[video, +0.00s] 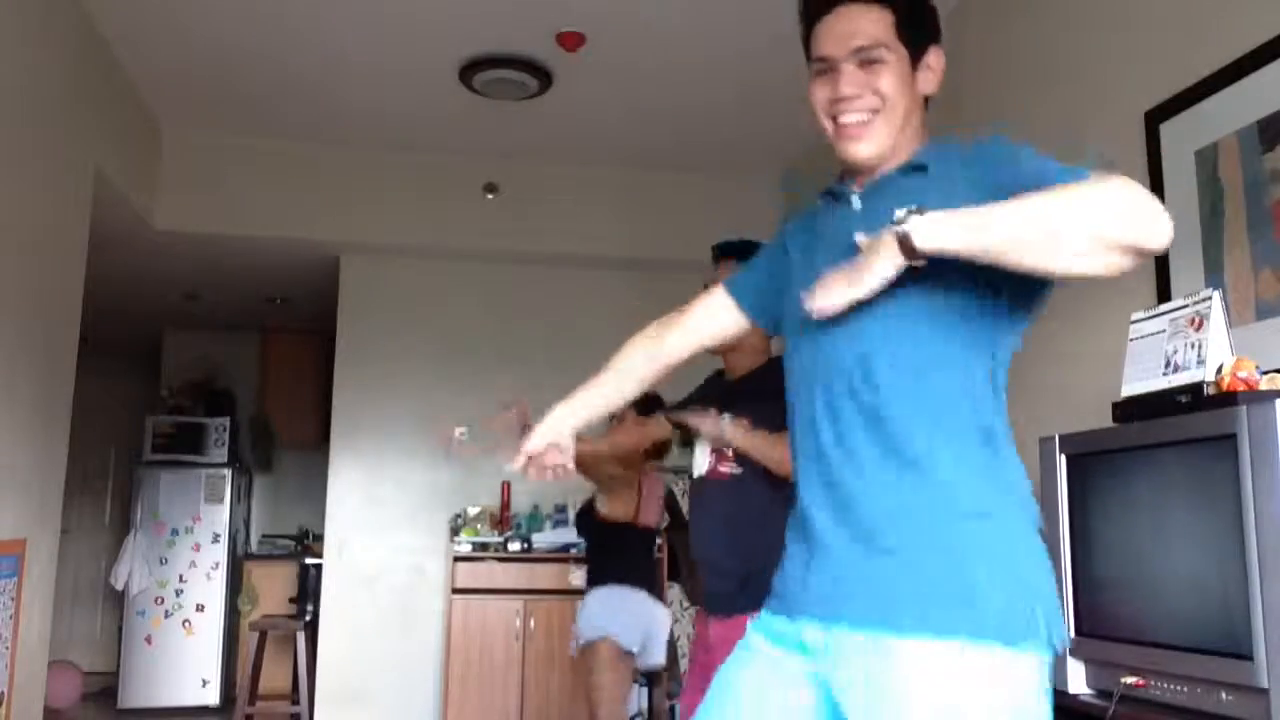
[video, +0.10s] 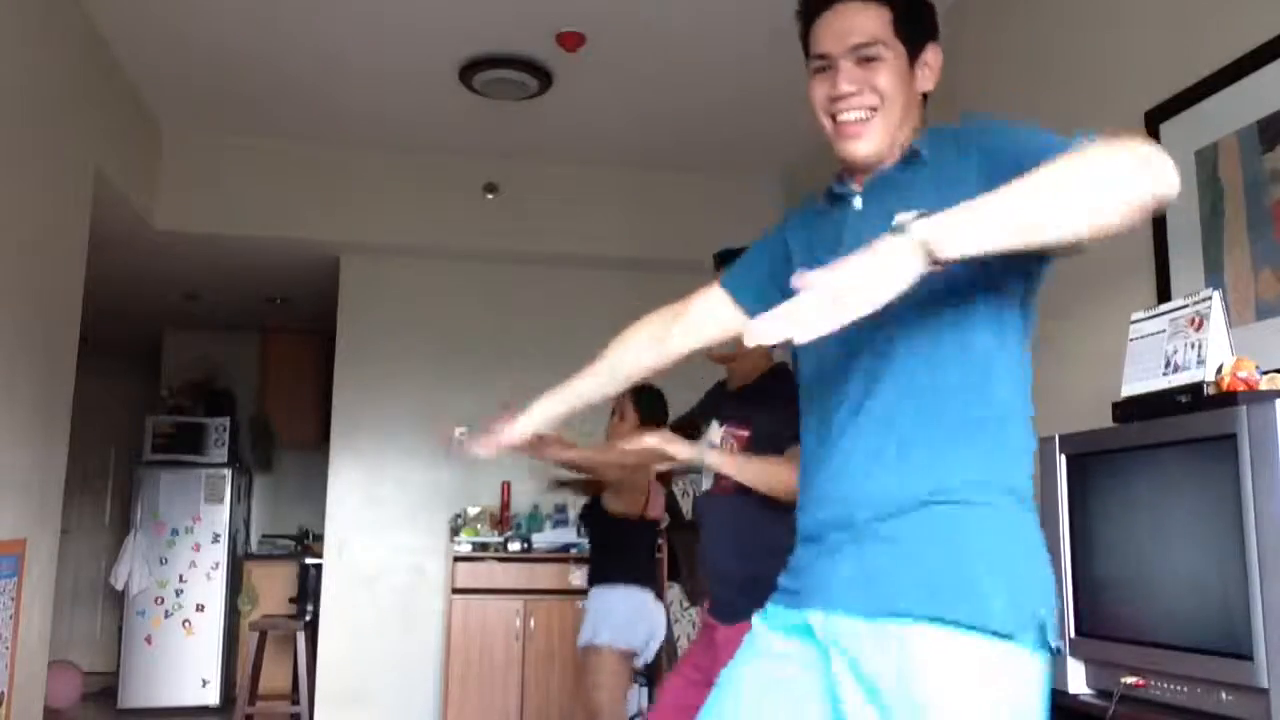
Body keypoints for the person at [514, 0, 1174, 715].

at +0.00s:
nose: (843, 87)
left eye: (869, 61)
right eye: (824, 69)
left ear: (927, 71)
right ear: (809, 90)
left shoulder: (979, 170)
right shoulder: (804, 235)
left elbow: (1142, 227)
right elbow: (683, 334)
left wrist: (912, 235)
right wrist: (565, 418)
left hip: (957, 626)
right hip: (803, 617)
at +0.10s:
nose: (842, 82)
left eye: (867, 55)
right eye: (823, 66)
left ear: (925, 69)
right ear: (808, 90)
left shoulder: (975, 151)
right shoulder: (806, 232)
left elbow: (1145, 175)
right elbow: (683, 326)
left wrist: (921, 242)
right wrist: (540, 414)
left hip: (962, 616)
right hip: (808, 610)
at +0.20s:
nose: (833, 69)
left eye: (858, 41)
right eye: (813, 52)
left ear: (915, 52)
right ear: (796, 74)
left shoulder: (952, 108)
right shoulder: (803, 211)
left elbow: (1093, 133)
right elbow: (684, 304)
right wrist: (525, 380)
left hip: (952, 571)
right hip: (819, 567)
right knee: (765, 706)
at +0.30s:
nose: (822, 78)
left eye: (845, 52)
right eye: (804, 62)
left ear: (907, 61)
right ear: (792, 84)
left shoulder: (943, 136)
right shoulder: (803, 222)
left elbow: (1048, 167)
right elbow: (720, 307)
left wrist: (1223, 182)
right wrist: (638, 325)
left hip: (935, 565)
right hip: (824, 563)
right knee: (804, 711)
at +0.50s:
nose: (784, 117)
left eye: (804, 89)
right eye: (778, 98)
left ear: (880, 82)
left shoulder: (941, 169)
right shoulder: (807, 249)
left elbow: (1050, 214)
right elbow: (704, 373)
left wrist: (1219, 245)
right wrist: (719, 334)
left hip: (933, 597)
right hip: (841, 596)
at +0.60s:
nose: (788, 87)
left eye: (804, 60)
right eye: (784, 71)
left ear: (880, 45)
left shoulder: (953, 124)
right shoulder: (808, 206)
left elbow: (1084, 164)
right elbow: (712, 313)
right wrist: (606, 351)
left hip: (942, 569)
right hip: (840, 566)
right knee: (831, 709)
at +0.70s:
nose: (799, 76)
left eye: (811, 46)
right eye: (794, 58)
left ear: (889, 27)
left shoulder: (977, 112)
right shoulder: (820, 198)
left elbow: (1125, 157)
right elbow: (721, 313)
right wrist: (555, 403)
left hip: (962, 550)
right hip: (841, 547)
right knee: (809, 714)